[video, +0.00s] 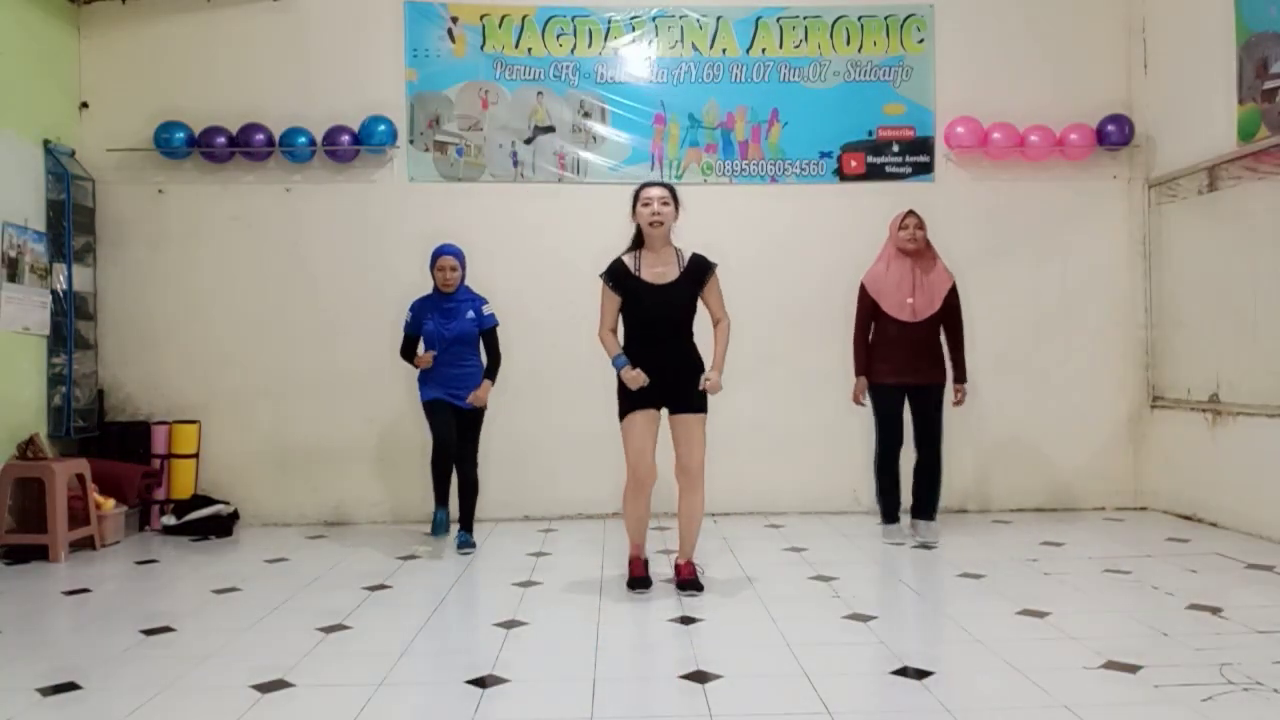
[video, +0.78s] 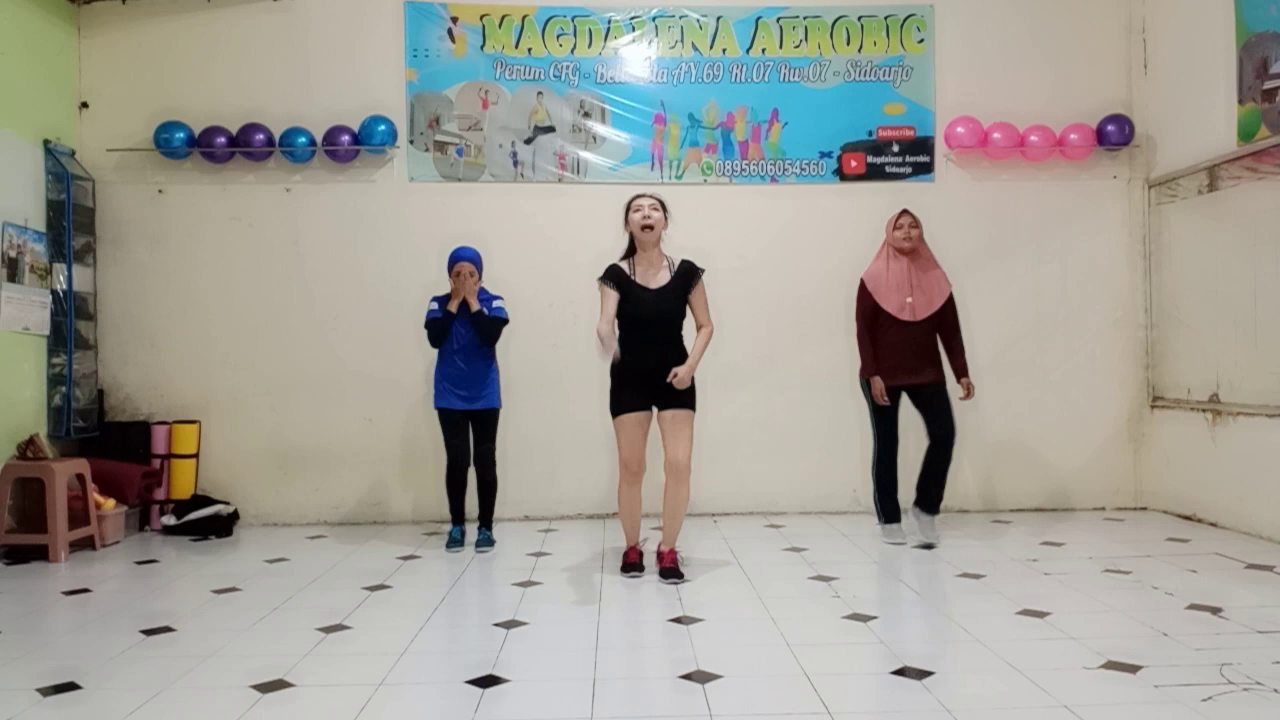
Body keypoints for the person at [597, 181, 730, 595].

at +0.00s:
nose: (656, 209)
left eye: (664, 203)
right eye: (647, 203)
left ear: (676, 213)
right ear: (635, 215)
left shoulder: (697, 267)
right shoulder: (621, 269)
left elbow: (721, 320)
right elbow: (606, 330)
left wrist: (715, 369)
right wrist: (623, 366)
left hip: (686, 375)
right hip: (638, 376)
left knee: (691, 472)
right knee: (641, 474)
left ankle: (686, 561)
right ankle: (637, 556)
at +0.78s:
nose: (647, 215)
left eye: (654, 210)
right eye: (638, 210)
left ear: (665, 223)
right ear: (627, 225)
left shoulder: (685, 272)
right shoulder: (616, 274)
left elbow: (705, 327)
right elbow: (606, 323)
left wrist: (689, 367)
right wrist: (609, 345)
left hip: (674, 375)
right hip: (629, 375)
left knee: (678, 466)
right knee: (632, 468)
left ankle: (668, 549)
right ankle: (632, 547)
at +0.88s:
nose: (647, 214)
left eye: (654, 210)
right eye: (639, 210)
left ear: (665, 223)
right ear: (627, 226)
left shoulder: (686, 272)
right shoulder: (619, 272)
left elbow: (707, 325)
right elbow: (605, 313)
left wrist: (691, 366)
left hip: (671, 372)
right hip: (628, 373)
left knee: (678, 451)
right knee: (630, 464)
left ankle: (669, 530)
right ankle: (631, 546)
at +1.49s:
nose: (655, 219)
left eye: (662, 213)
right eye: (647, 214)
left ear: (674, 225)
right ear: (637, 227)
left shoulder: (692, 273)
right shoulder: (627, 268)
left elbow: (697, 328)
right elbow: (622, 273)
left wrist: (675, 331)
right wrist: (641, 245)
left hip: (679, 371)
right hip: (636, 372)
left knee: (688, 464)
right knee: (642, 464)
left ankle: (675, 542)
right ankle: (644, 546)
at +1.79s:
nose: (655, 219)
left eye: (662, 214)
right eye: (648, 215)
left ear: (674, 225)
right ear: (637, 227)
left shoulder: (690, 272)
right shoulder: (628, 269)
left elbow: (722, 259)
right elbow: (620, 277)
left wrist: (673, 259)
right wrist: (640, 250)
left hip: (682, 373)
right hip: (638, 373)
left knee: (682, 467)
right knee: (637, 465)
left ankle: (678, 547)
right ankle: (646, 544)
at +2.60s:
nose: (658, 217)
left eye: (667, 212)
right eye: (651, 212)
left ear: (677, 224)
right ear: (640, 225)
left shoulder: (692, 266)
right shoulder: (629, 268)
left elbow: (704, 235)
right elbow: (621, 252)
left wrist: (684, 198)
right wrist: (637, 214)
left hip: (685, 372)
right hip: (640, 372)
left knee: (684, 465)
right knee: (642, 466)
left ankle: (679, 549)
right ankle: (642, 546)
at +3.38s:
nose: (657, 185)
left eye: (665, 180)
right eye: (650, 180)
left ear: (676, 191)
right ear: (639, 191)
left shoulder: (689, 231)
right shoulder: (631, 232)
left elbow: (701, 229)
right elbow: (615, 233)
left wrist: (699, 225)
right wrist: (613, 227)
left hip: (686, 339)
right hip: (641, 339)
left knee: (686, 435)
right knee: (644, 436)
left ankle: (683, 528)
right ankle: (648, 527)